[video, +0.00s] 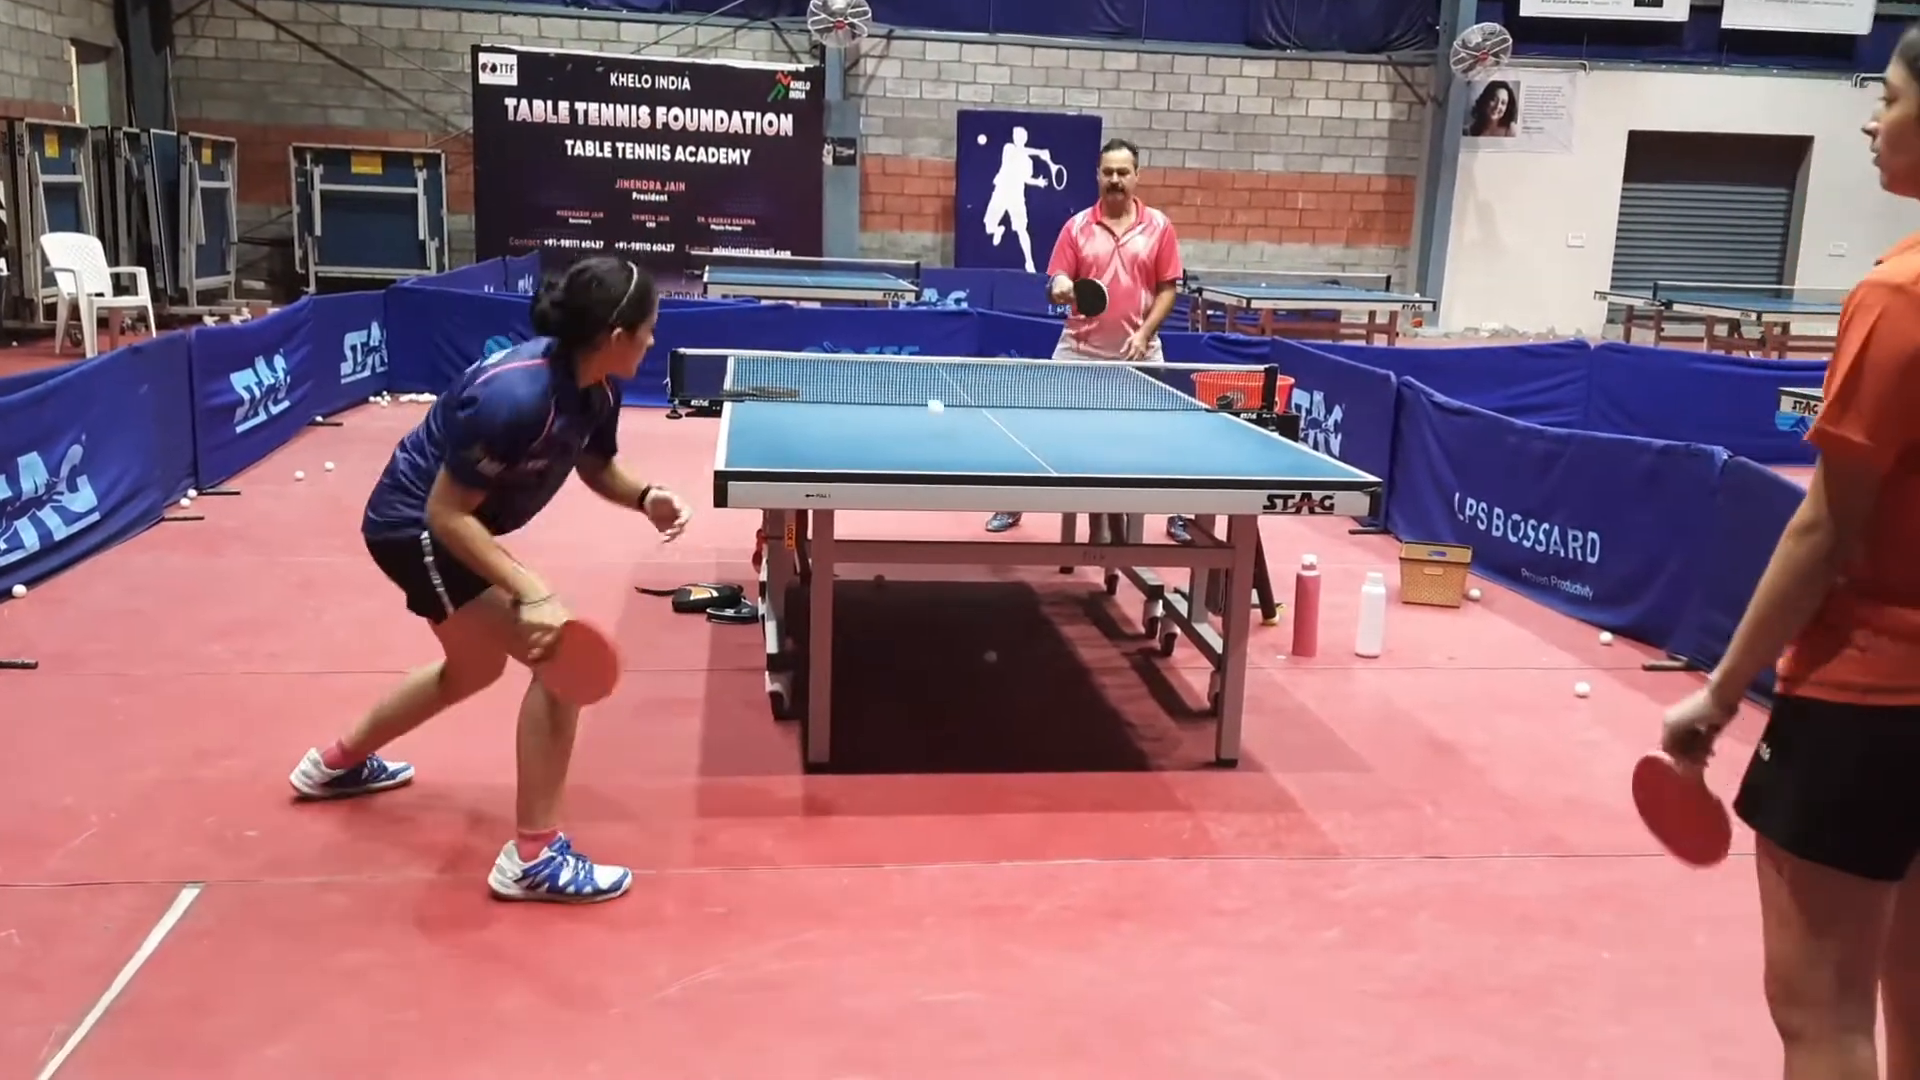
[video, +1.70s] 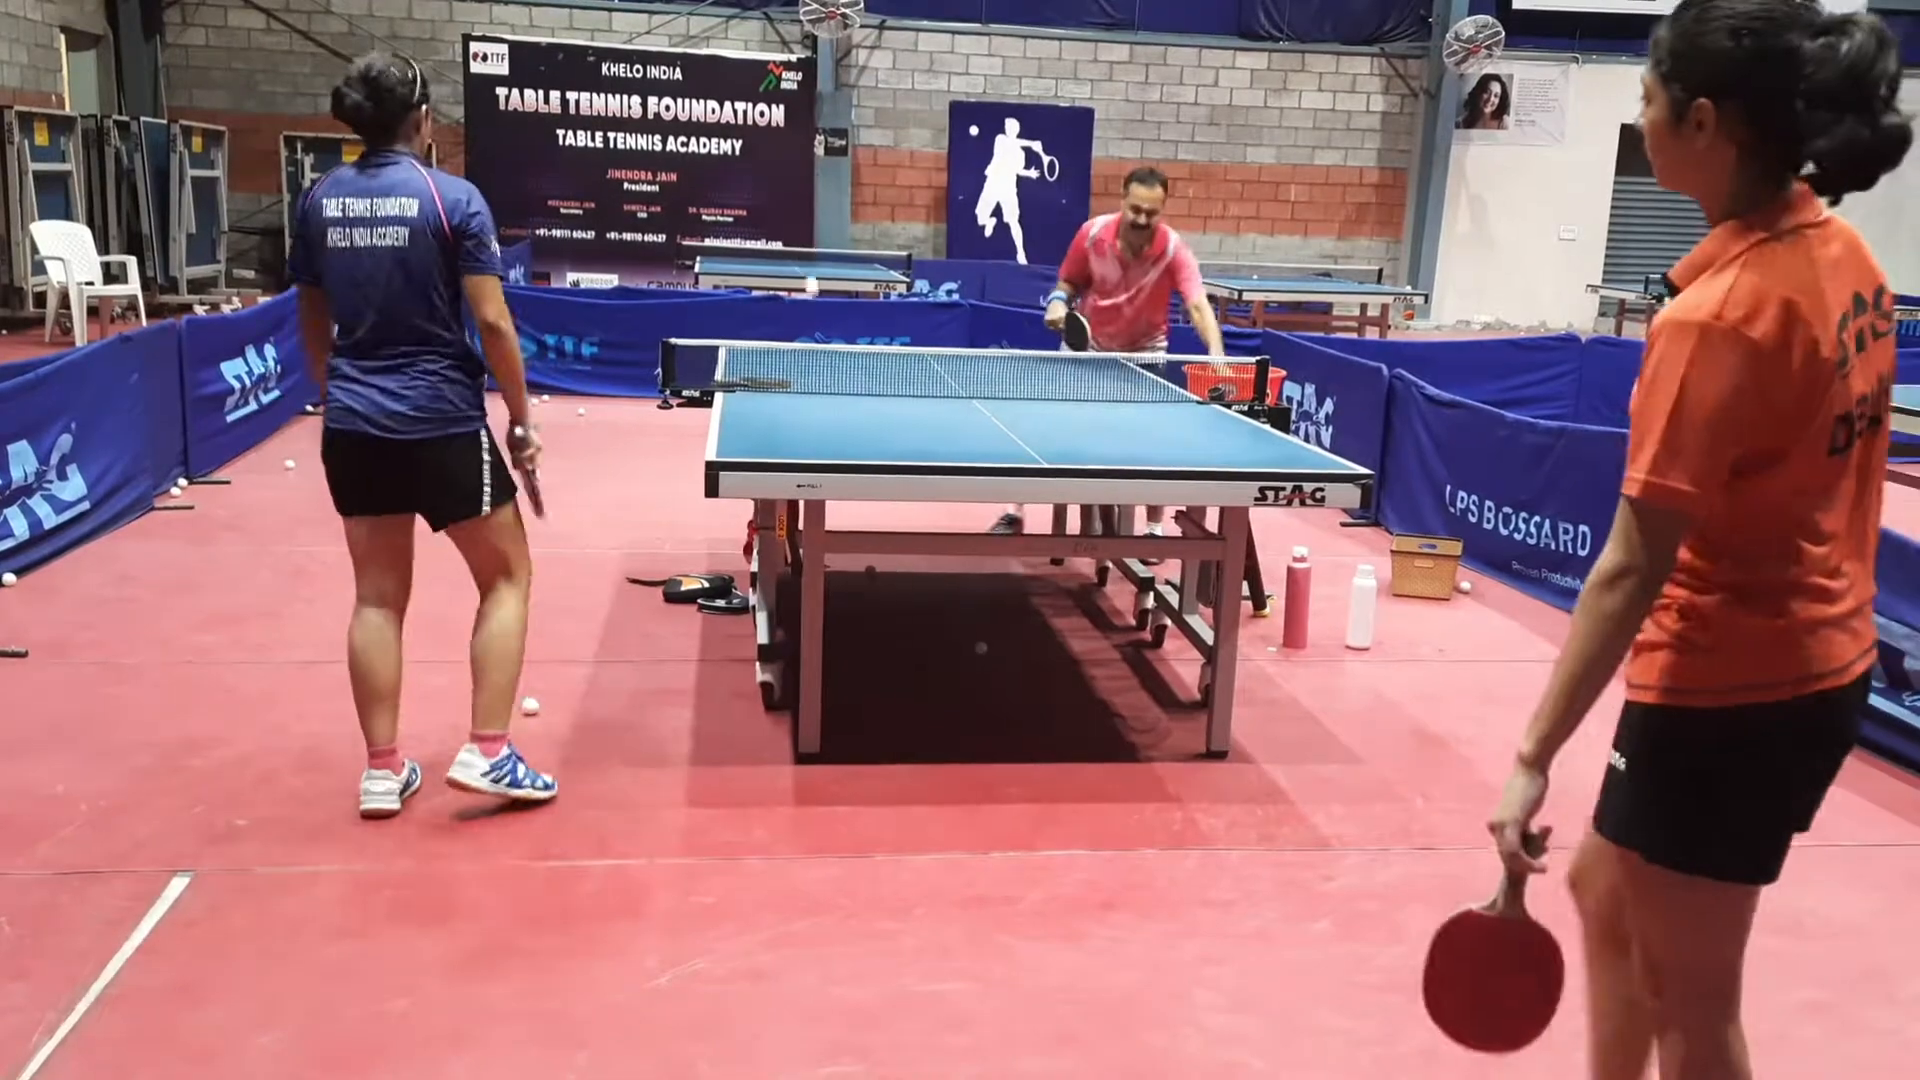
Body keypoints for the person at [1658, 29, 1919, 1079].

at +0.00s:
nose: (1875, 122)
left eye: (1892, 100)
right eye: (1883, 98)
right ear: (1914, 114)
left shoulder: (1897, 293)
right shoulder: (1896, 290)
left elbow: (1829, 527)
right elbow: (1828, 520)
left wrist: (1718, 693)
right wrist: (1725, 690)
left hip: (1858, 710)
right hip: (1906, 711)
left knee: (1818, 1013)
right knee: (1907, 1000)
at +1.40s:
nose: (1702, 100)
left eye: (1718, 82)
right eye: (1713, 78)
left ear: (1767, 119)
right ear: (1813, 123)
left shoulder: (1740, 302)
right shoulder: (1890, 255)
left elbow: (1686, 553)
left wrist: (1604, 737)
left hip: (1752, 697)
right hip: (1874, 678)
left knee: (1684, 989)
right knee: (1782, 924)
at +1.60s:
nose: (1664, 117)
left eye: (1674, 96)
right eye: (1669, 94)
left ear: (1725, 116)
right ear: (1782, 120)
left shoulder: (1719, 306)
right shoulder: (1866, 250)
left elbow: (1639, 559)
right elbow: (1878, 478)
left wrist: (1547, 747)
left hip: (1732, 698)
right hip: (1841, 674)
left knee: (1696, 1008)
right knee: (1696, 982)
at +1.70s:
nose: (1640, 136)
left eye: (1650, 113)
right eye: (1644, 113)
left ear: (1706, 124)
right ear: (1748, 123)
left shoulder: (1716, 317)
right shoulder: (1842, 252)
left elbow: (1630, 567)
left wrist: (1532, 754)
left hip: (1724, 696)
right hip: (1811, 669)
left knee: (1694, 1009)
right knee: (1600, 891)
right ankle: (1617, 1079)